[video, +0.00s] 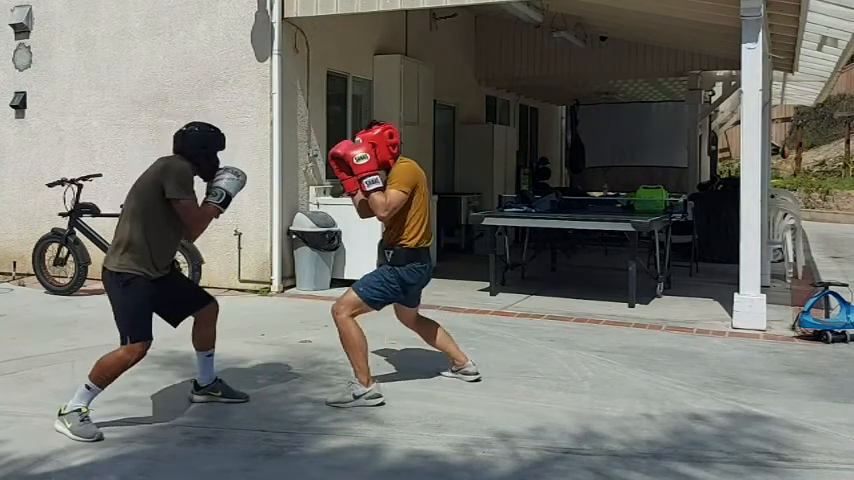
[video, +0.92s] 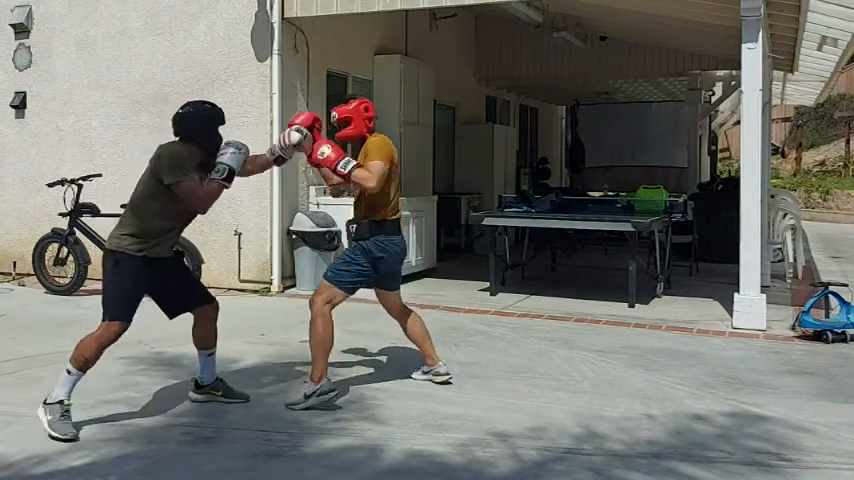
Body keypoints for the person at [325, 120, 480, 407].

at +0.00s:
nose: (368, 154)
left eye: (369, 148)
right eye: (366, 149)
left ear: (383, 147)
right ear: (387, 147)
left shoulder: (405, 169)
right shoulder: (392, 173)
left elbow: (383, 210)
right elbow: (365, 209)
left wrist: (367, 172)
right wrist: (349, 178)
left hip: (404, 265)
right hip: (413, 263)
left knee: (342, 310)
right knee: (409, 316)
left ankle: (365, 386)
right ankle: (463, 363)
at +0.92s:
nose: (341, 131)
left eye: (344, 124)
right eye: (339, 126)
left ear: (360, 121)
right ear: (363, 122)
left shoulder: (377, 143)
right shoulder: (366, 150)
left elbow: (372, 182)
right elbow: (336, 186)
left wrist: (341, 162)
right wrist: (319, 160)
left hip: (371, 243)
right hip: (388, 242)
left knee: (321, 302)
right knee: (397, 307)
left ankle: (318, 381)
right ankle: (434, 364)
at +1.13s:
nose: (329, 129)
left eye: (331, 123)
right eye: (329, 124)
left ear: (345, 121)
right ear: (362, 122)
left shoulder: (347, 141)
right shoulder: (386, 150)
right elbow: (362, 194)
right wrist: (328, 180)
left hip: (372, 246)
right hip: (399, 242)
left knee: (326, 310)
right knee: (401, 300)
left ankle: (320, 389)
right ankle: (441, 362)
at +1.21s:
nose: (329, 131)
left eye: (332, 125)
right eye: (328, 126)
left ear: (347, 122)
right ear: (361, 122)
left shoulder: (350, 145)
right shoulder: (388, 151)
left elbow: (310, 161)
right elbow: (371, 191)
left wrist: (270, 156)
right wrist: (338, 186)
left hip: (371, 247)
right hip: (400, 243)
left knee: (326, 310)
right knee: (410, 308)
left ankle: (320, 389)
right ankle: (451, 366)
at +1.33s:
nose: (336, 133)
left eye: (339, 125)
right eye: (335, 126)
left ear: (356, 125)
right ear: (367, 124)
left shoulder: (365, 150)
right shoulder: (390, 150)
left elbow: (358, 192)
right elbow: (369, 193)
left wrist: (322, 193)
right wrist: (337, 177)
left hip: (379, 247)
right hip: (404, 244)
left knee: (331, 309)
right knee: (418, 311)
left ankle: (319, 389)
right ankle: (459, 374)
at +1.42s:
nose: (339, 128)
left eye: (342, 121)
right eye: (338, 122)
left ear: (359, 121)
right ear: (368, 120)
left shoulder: (374, 146)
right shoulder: (387, 143)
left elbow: (377, 188)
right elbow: (356, 180)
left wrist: (337, 185)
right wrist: (335, 162)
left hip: (382, 243)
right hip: (404, 240)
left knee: (335, 305)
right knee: (417, 309)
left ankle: (320, 388)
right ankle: (459, 373)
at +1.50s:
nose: (344, 128)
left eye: (346, 122)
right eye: (343, 123)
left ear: (361, 120)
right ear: (369, 118)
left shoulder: (378, 144)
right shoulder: (380, 144)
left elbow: (376, 187)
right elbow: (353, 187)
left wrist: (339, 168)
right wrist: (330, 157)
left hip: (383, 244)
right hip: (402, 242)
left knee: (335, 307)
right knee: (416, 310)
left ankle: (326, 391)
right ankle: (458, 374)